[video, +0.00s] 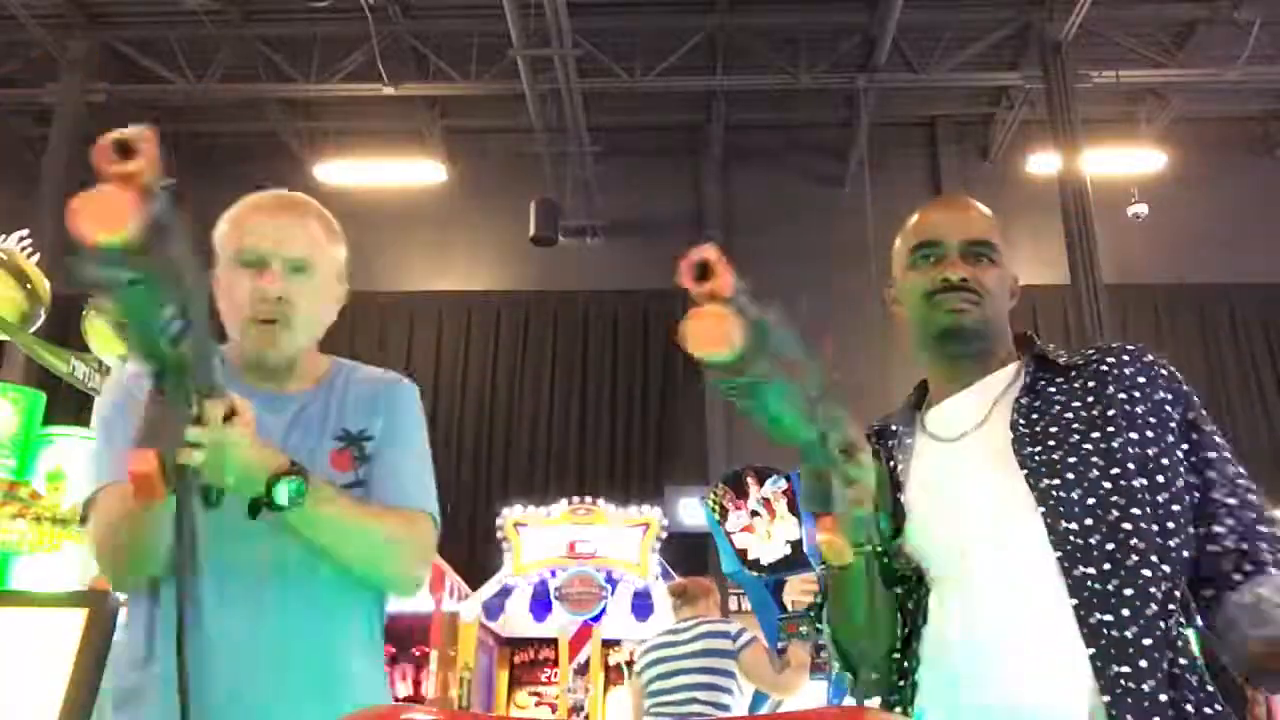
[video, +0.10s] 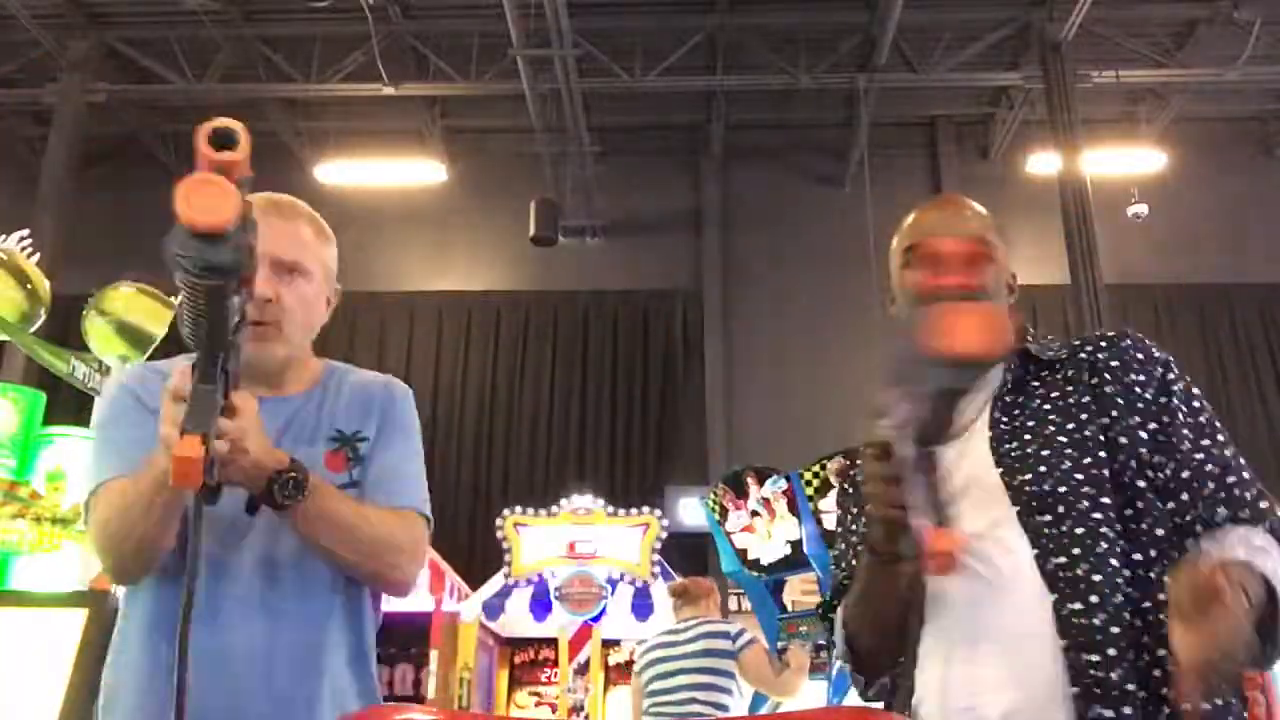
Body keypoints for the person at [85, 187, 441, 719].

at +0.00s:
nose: (273, 288)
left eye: (299, 270)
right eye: (250, 265)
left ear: (338, 295)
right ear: (216, 283)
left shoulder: (383, 401)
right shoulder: (147, 387)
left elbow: (407, 562)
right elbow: (123, 568)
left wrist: (267, 472)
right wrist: (165, 462)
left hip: (329, 704)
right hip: (162, 704)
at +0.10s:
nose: (260, 290)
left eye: (288, 271)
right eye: (241, 266)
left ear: (329, 301)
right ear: (208, 280)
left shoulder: (378, 403)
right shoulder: (139, 390)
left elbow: (401, 562)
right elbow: (119, 559)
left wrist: (271, 472)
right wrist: (171, 462)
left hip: (316, 707)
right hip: (153, 706)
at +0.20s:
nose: (295, 309)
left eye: (320, 291)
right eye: (274, 288)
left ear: (360, 314)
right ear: (241, 306)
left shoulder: (405, 418)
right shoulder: (198, 408)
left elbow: (419, 568)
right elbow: (154, 582)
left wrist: (276, 485)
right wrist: (161, 478)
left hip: (343, 706)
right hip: (199, 705)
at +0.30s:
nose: (317, 317)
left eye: (343, 298)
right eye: (297, 295)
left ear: (377, 327)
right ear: (263, 315)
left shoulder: (421, 427)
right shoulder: (211, 414)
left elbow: (430, 571)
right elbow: (171, 584)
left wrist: (288, 495)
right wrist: (174, 474)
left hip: (358, 706)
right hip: (212, 705)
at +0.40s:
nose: (303, 317)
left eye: (328, 300)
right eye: (284, 296)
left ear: (365, 330)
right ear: (251, 313)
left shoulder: (415, 426)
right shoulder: (195, 416)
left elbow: (437, 575)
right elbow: (179, 587)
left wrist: (310, 506)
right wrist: (223, 494)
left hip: (362, 709)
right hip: (206, 707)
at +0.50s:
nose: (290, 315)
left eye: (315, 297)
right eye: (272, 295)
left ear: (353, 323)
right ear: (238, 314)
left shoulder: (404, 421)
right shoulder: (180, 419)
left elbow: (435, 571)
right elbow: (171, 585)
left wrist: (316, 512)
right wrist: (217, 508)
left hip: (356, 710)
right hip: (206, 709)